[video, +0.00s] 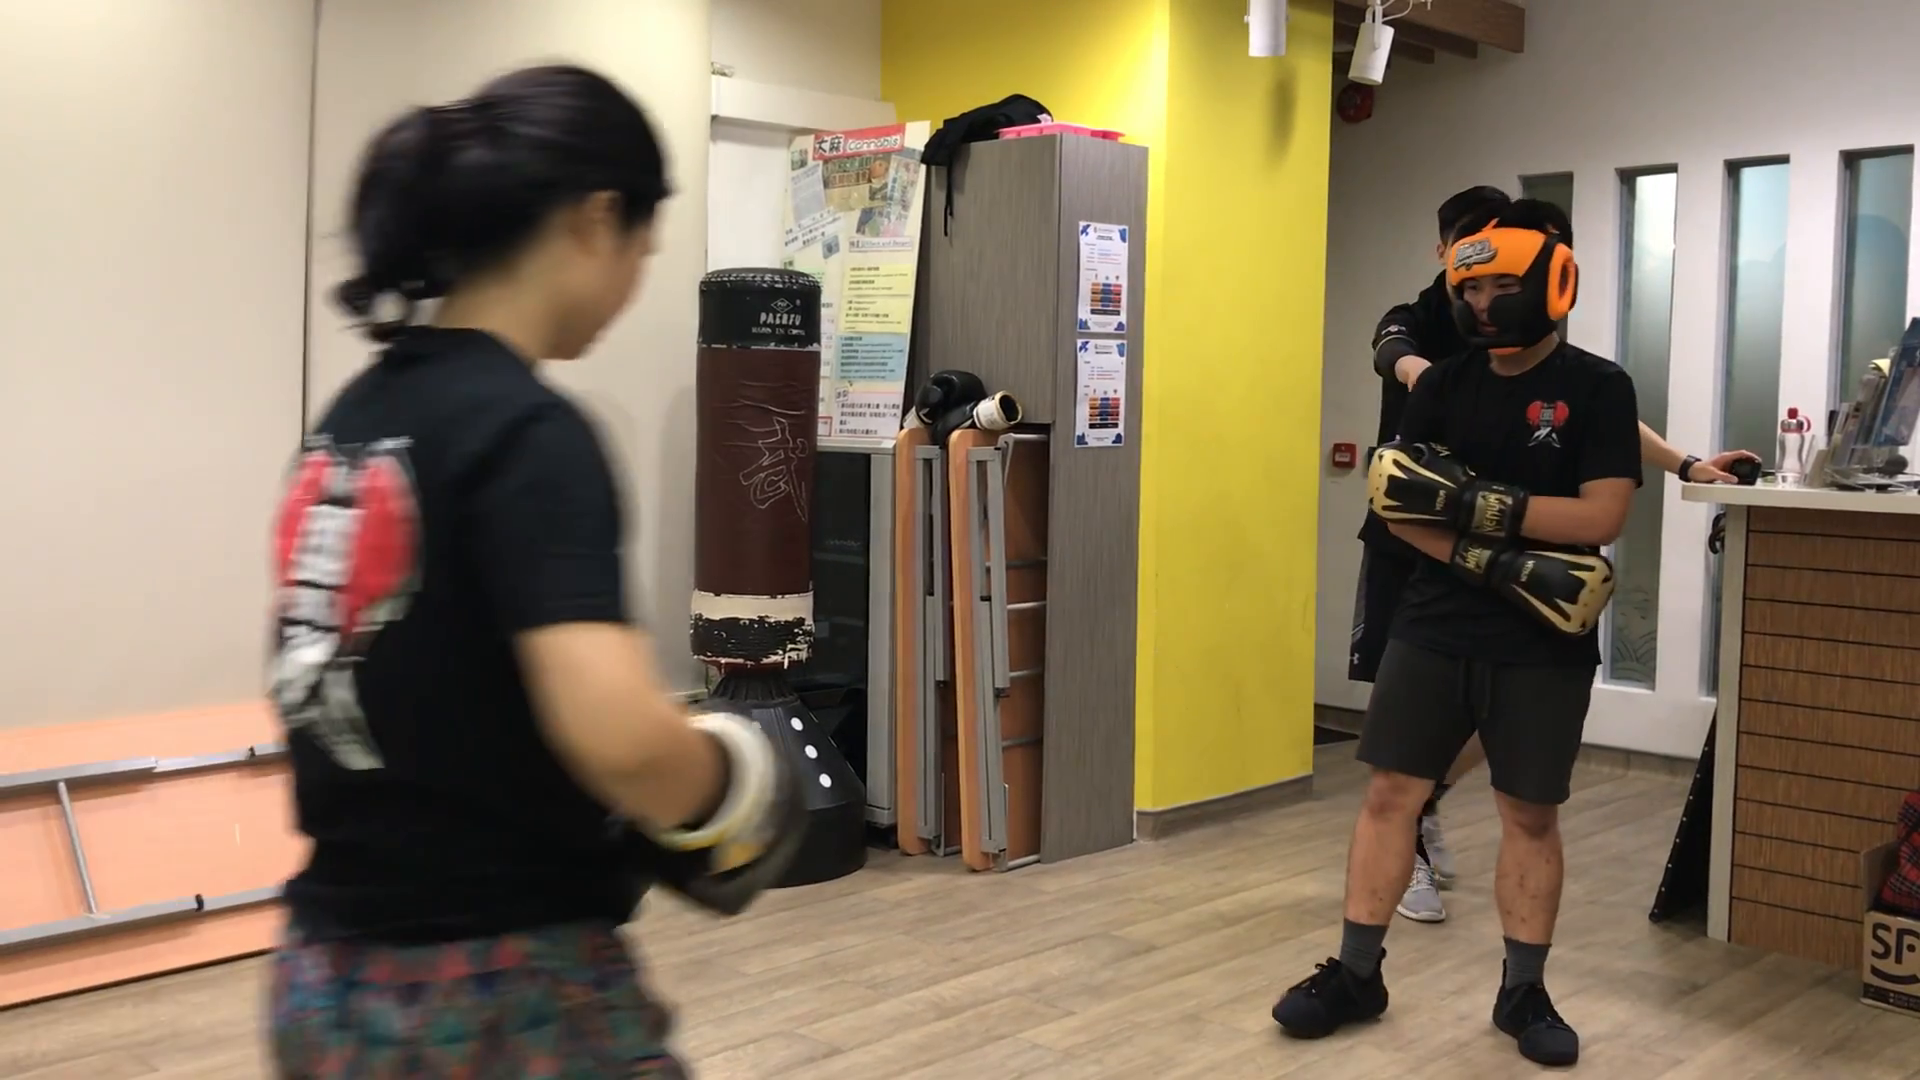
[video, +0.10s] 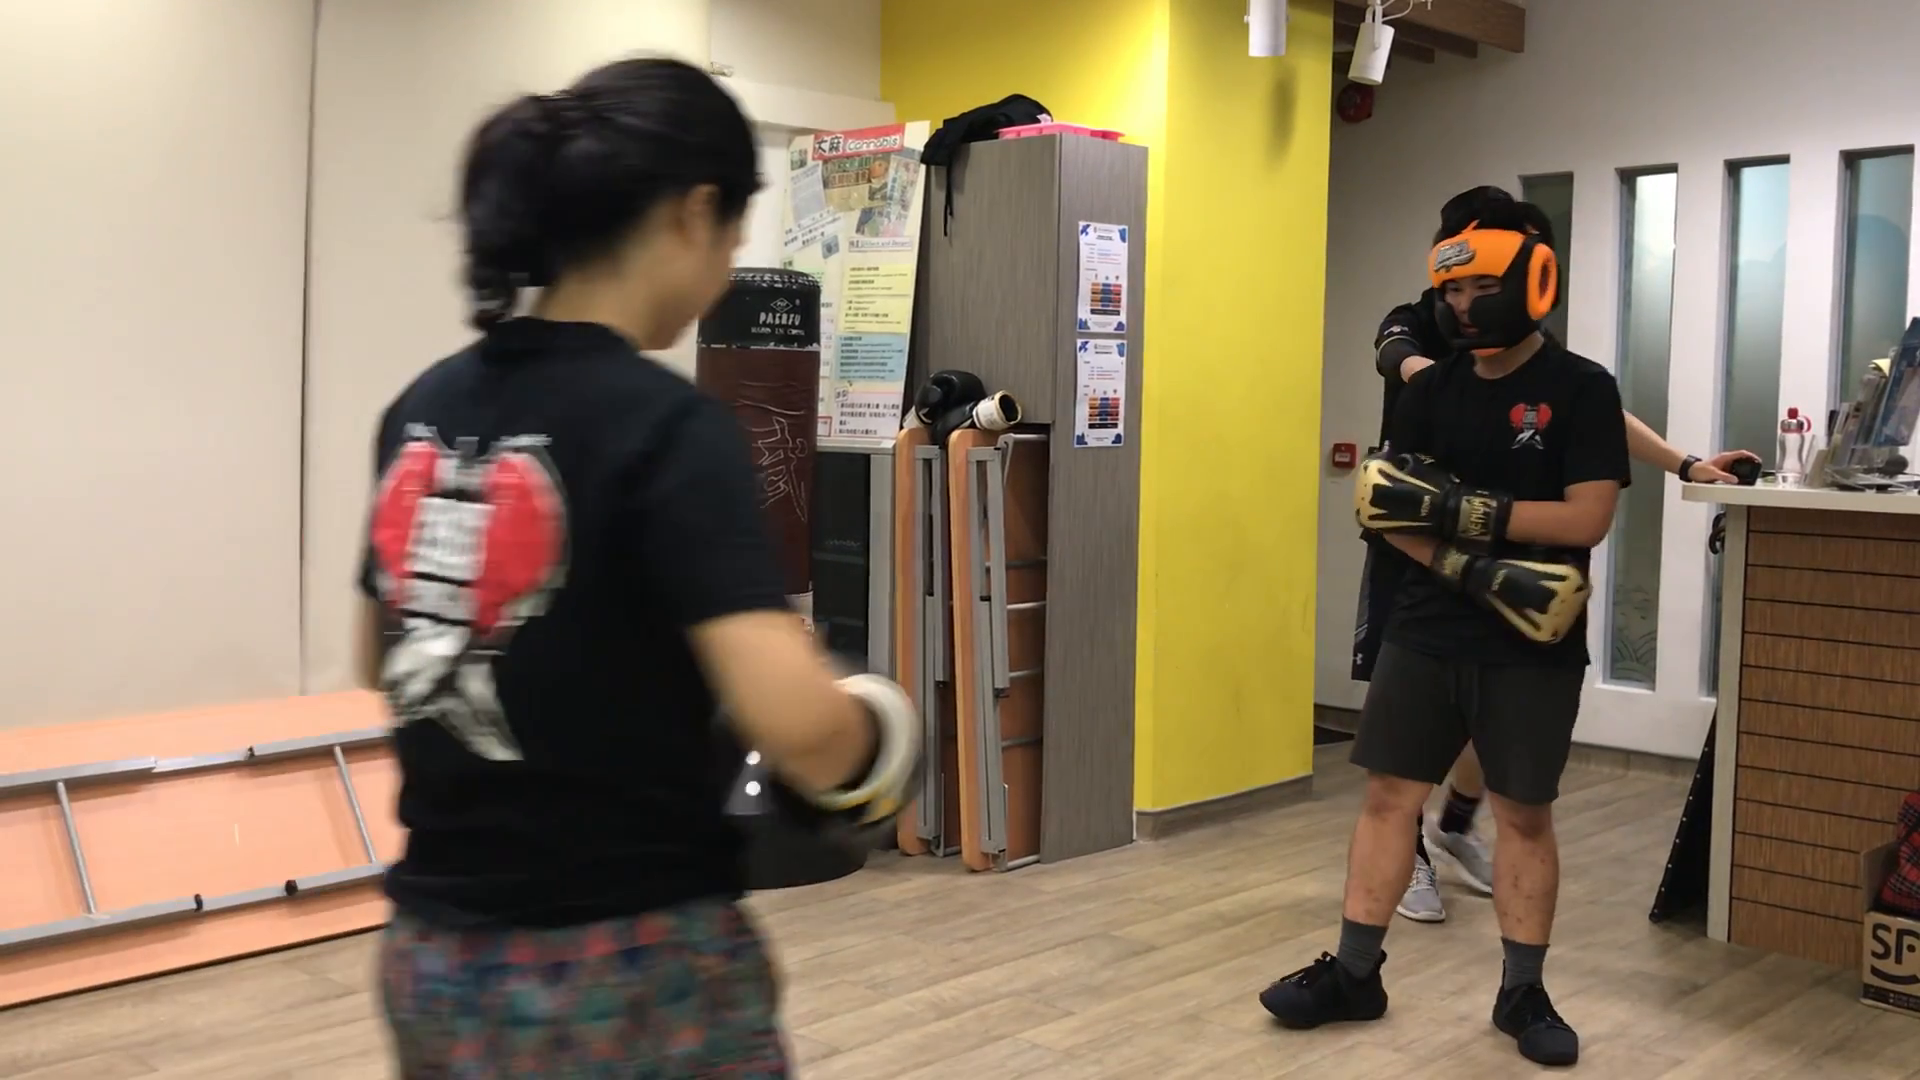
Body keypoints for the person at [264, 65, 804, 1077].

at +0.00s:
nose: (633, 288)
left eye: (643, 255)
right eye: (641, 251)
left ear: (470, 223)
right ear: (591, 221)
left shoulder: (353, 418)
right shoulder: (529, 430)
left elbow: (401, 699)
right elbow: (616, 736)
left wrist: (628, 803)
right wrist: (740, 779)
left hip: (334, 973)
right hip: (511, 987)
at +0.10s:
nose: (727, 278)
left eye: (734, 245)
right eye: (732, 241)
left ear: (562, 208)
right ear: (692, 213)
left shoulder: (424, 409)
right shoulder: (667, 423)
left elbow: (380, 663)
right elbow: (799, 729)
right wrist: (863, 724)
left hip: (440, 953)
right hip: (640, 961)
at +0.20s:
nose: (793, 264)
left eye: (802, 231)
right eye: (800, 227)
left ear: (628, 201)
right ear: (763, 207)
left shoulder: (487, 398)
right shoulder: (773, 410)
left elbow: (485, 662)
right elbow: (927, 693)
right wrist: (983, 663)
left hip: (527, 938)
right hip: (734, 938)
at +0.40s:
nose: (872, 246)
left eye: (875, 218)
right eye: (874, 216)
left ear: (696, 210)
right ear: (847, 215)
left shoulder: (588, 397)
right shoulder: (902, 408)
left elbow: (577, 633)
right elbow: (1044, 659)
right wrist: (1061, 580)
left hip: (637, 917)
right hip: (845, 916)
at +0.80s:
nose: (937, 256)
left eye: (934, 231)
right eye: (936, 230)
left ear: (792, 237)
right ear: (916, 231)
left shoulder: (712, 406)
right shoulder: (957, 392)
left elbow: (716, 626)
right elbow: (1063, 615)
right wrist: (1091, 547)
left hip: (770, 852)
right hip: (947, 849)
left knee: (828, 1066)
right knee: (1049, 1063)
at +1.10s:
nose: (1038, 269)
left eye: (1035, 245)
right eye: (1037, 244)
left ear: (896, 252)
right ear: (1019, 251)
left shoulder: (833, 414)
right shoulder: (1079, 403)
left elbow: (833, 624)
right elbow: (1188, 605)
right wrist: (1169, 494)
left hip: (883, 834)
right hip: (1054, 839)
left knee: (894, 1064)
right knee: (1089, 1063)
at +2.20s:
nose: (1041, 266)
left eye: (1032, 251)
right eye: (1034, 251)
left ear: (908, 264)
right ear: (1024, 263)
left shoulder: (877, 401)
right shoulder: (1088, 379)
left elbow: (873, 519)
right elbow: (1182, 476)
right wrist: (1130, 374)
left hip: (930, 754)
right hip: (1074, 747)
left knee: (975, 1038)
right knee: (1138, 1050)